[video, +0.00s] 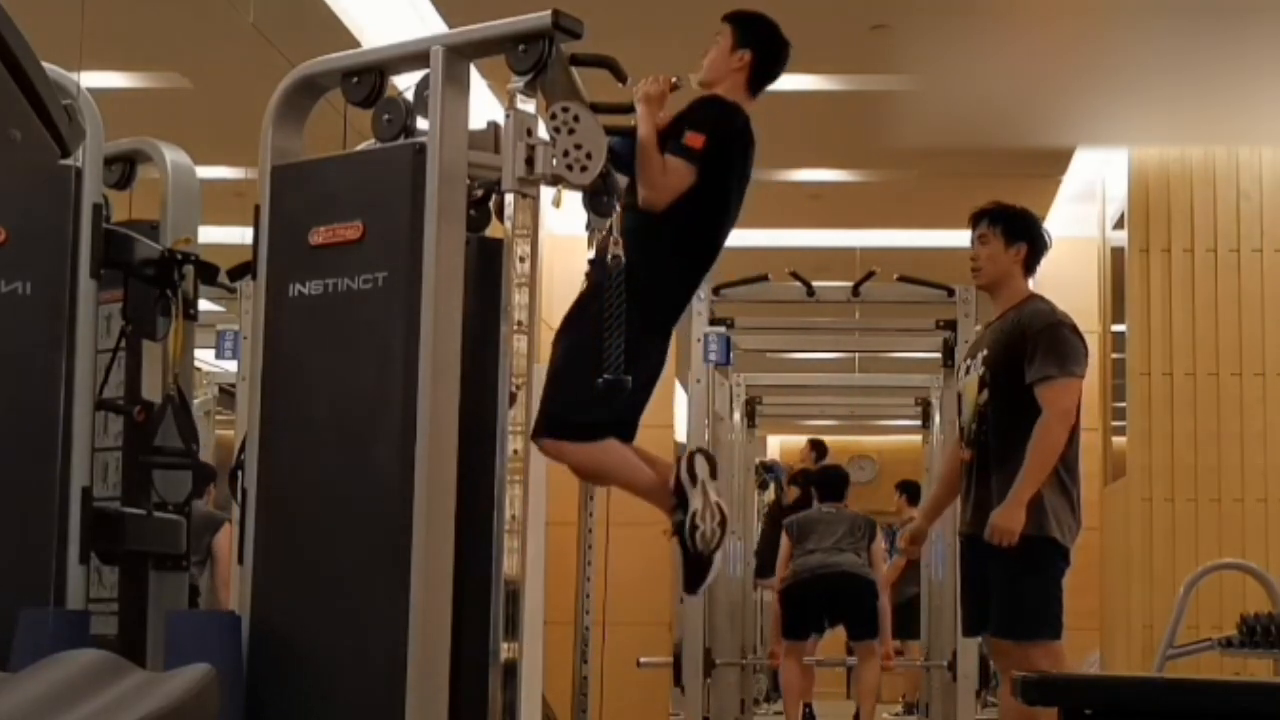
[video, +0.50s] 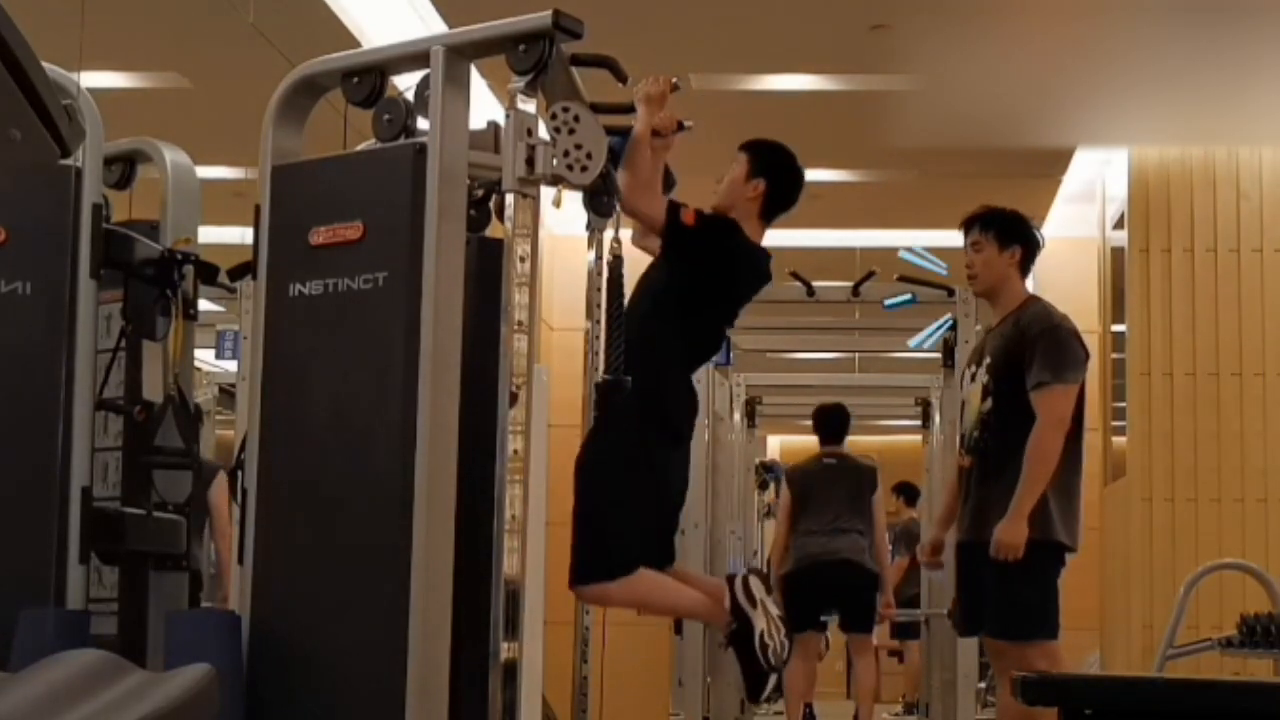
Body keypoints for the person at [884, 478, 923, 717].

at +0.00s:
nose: (894, 500)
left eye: (896, 496)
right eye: (895, 496)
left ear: (903, 497)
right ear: (912, 498)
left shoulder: (911, 523)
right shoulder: (910, 521)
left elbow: (900, 558)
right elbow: (901, 556)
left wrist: (884, 582)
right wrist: (887, 578)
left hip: (911, 590)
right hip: (908, 590)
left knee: (911, 647)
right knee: (909, 647)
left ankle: (911, 700)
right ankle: (912, 699)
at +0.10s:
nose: (893, 501)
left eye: (895, 496)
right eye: (895, 496)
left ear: (903, 498)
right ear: (913, 499)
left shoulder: (908, 525)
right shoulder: (911, 523)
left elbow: (902, 558)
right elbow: (902, 557)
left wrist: (885, 584)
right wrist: (888, 581)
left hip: (910, 592)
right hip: (909, 590)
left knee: (912, 647)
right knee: (909, 647)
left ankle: (911, 700)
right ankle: (912, 699)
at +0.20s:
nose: (893, 501)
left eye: (895, 496)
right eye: (895, 496)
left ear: (902, 498)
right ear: (915, 498)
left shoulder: (906, 525)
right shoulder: (916, 523)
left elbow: (901, 560)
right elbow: (904, 559)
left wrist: (884, 586)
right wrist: (888, 582)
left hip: (908, 592)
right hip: (914, 590)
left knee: (911, 647)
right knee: (912, 647)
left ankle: (911, 700)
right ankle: (912, 699)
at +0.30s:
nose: (893, 500)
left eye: (895, 496)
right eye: (895, 496)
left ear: (901, 498)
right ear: (915, 498)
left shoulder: (906, 525)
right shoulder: (914, 523)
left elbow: (901, 560)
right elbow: (903, 559)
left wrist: (885, 586)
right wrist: (890, 583)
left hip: (908, 592)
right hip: (915, 590)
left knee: (911, 646)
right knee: (913, 647)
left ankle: (910, 702)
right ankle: (914, 700)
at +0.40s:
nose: (892, 501)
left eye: (894, 497)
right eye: (893, 496)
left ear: (901, 498)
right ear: (914, 499)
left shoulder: (906, 526)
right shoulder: (916, 523)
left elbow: (901, 561)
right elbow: (903, 560)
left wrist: (886, 587)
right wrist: (891, 583)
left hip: (909, 593)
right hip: (916, 591)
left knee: (911, 646)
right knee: (914, 647)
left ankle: (911, 701)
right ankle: (914, 699)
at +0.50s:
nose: (891, 503)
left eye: (893, 498)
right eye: (893, 498)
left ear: (901, 499)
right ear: (913, 500)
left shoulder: (906, 527)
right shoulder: (915, 524)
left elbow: (901, 561)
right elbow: (903, 561)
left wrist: (887, 589)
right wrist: (891, 587)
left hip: (908, 593)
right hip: (914, 591)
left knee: (910, 647)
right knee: (912, 647)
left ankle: (911, 700)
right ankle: (913, 698)